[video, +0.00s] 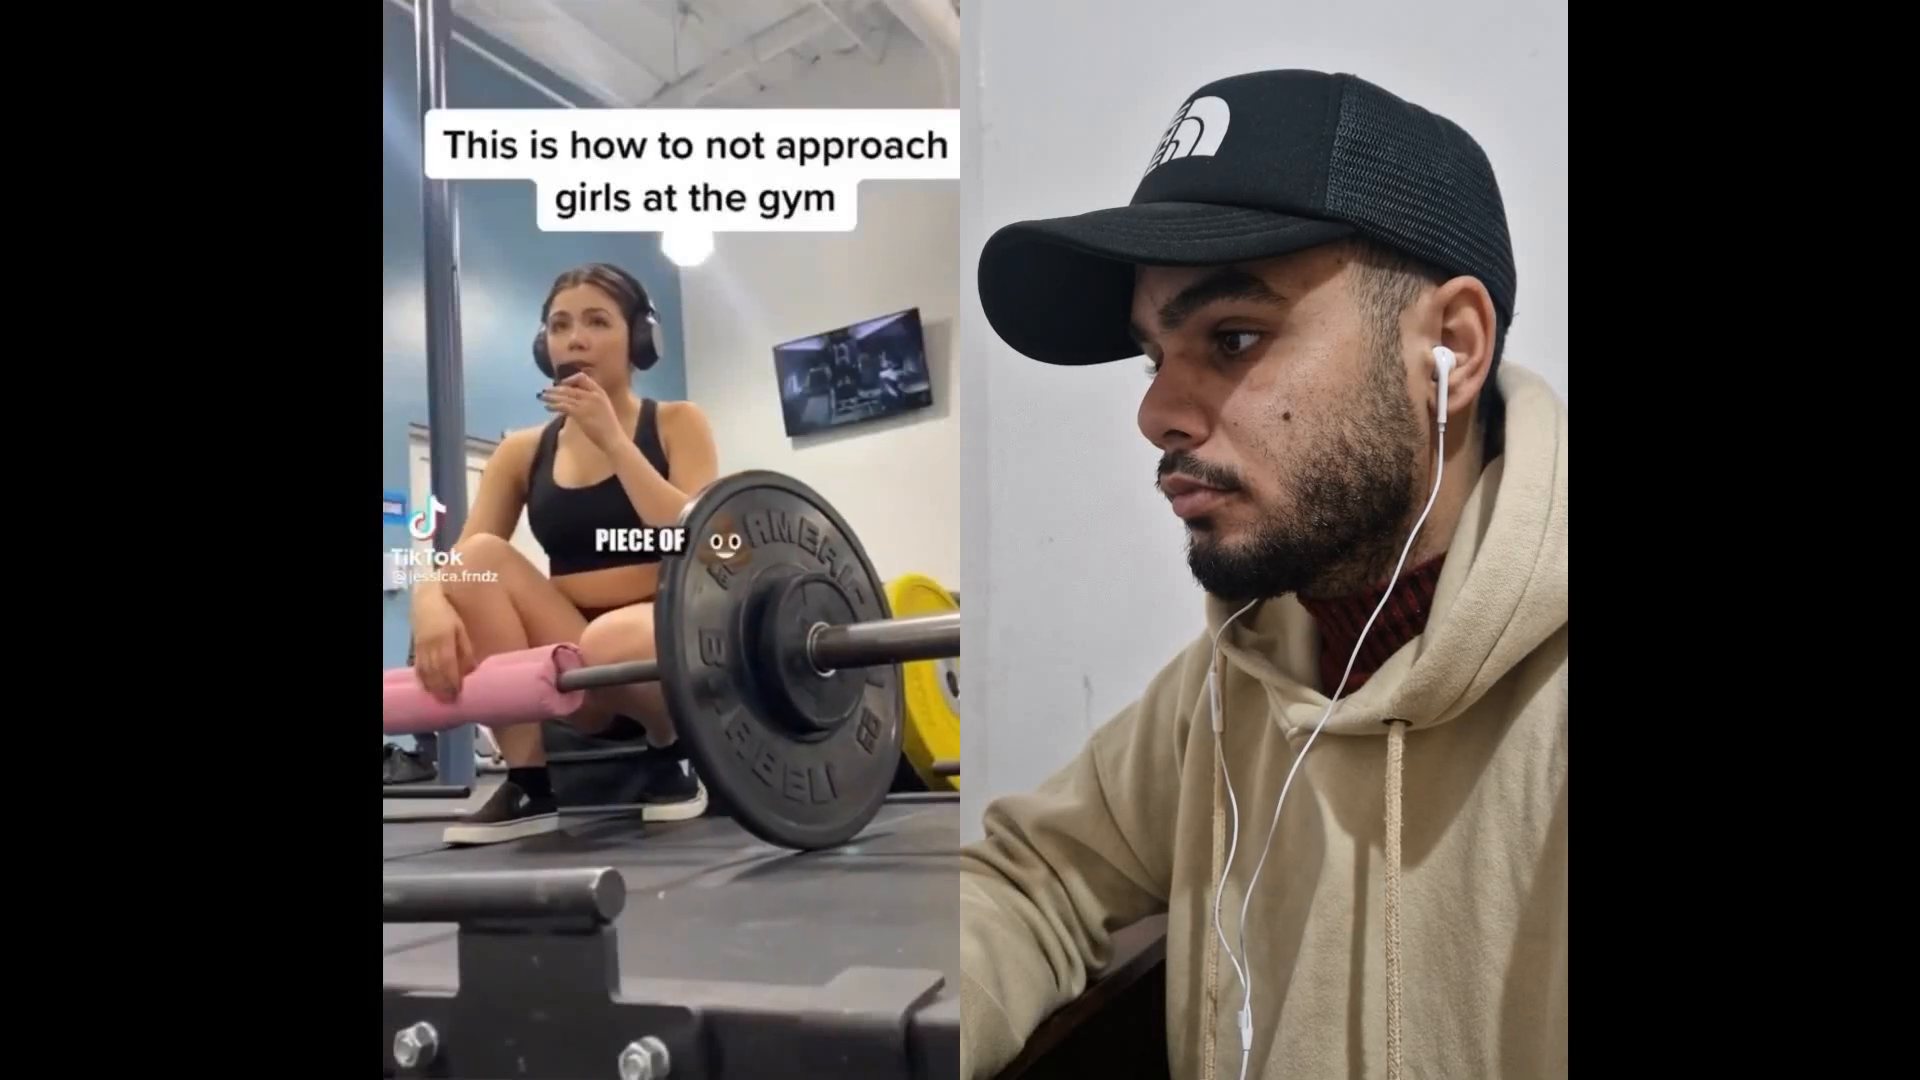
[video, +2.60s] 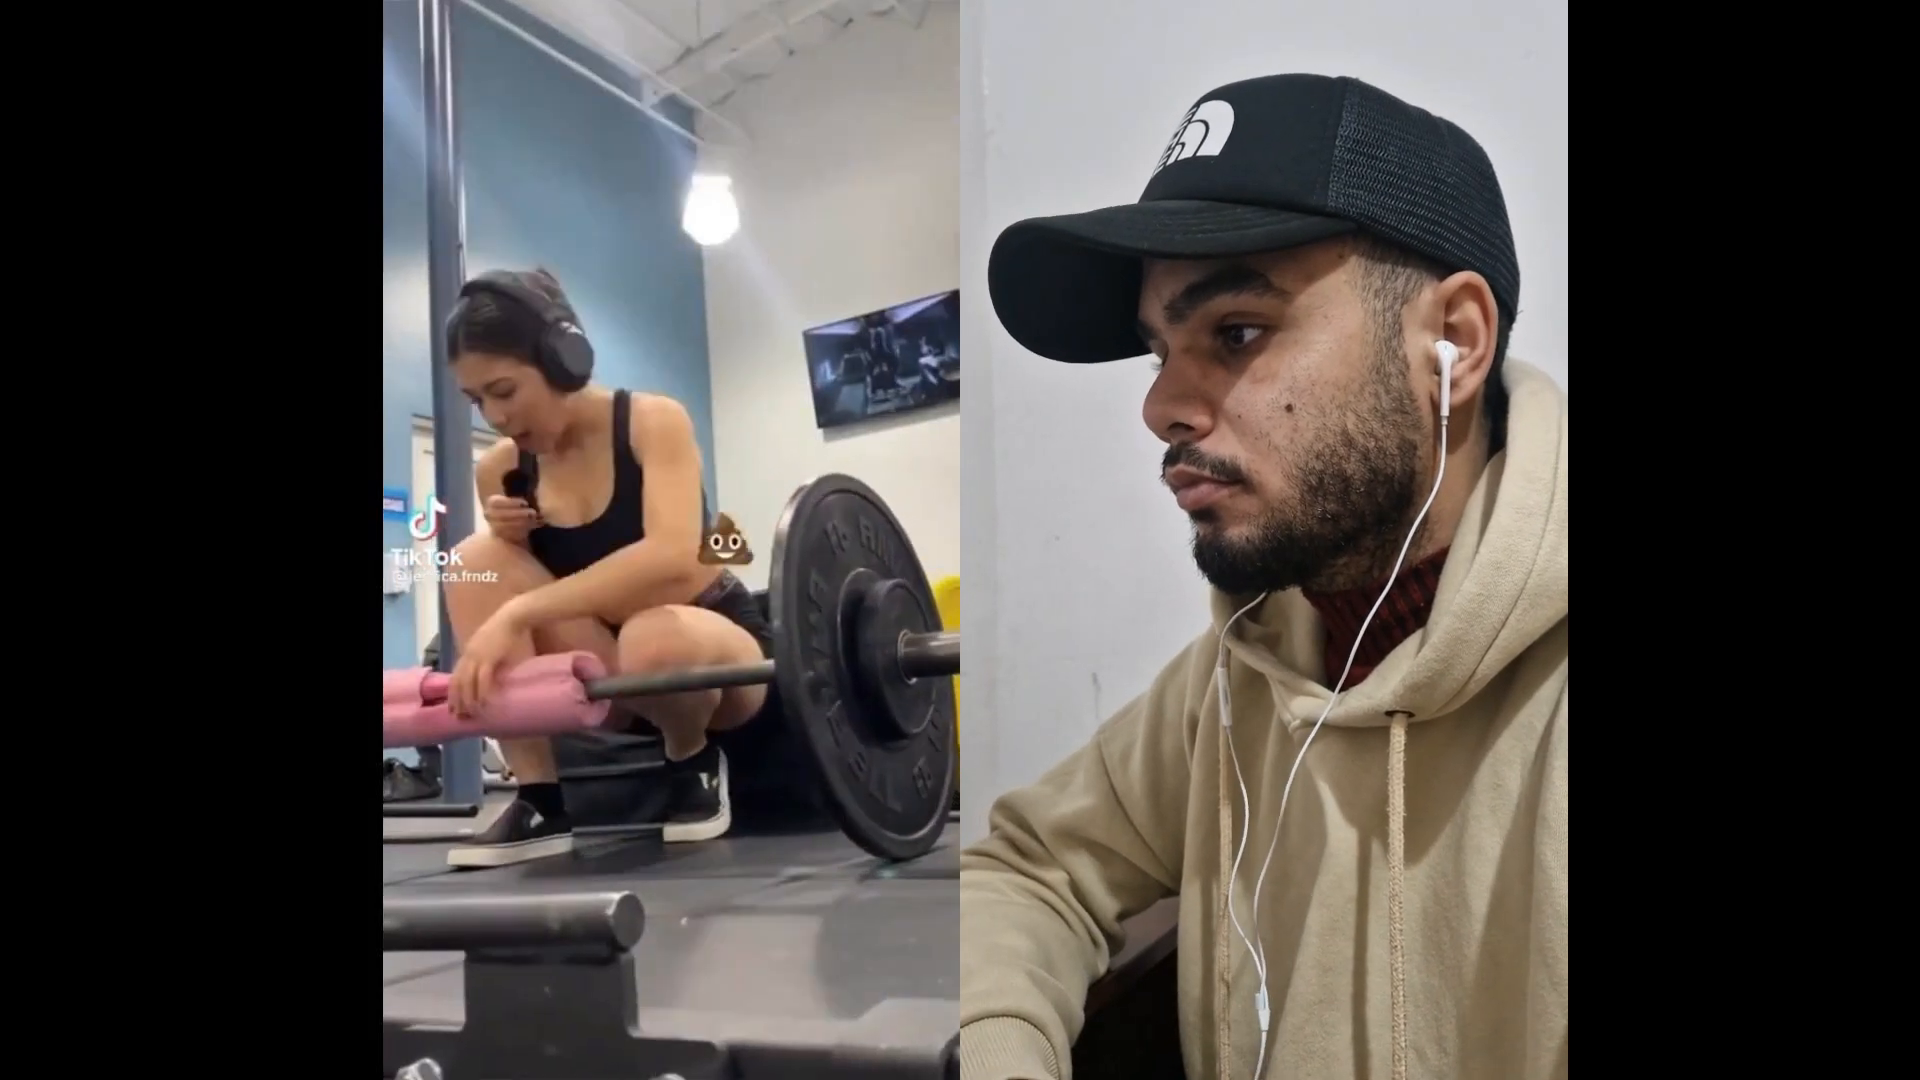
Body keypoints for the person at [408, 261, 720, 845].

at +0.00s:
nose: (575, 338)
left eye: (596, 321)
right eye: (560, 323)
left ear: (635, 340)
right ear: (546, 344)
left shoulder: (677, 425)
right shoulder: (523, 451)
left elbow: (700, 537)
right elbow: (469, 560)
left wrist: (614, 442)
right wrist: (426, 593)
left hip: (669, 640)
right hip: (571, 647)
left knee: (615, 638)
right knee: (478, 561)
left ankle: (666, 752)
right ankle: (527, 782)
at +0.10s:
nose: (571, 335)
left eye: (593, 318)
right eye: (557, 321)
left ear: (632, 337)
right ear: (544, 343)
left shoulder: (674, 420)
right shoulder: (522, 447)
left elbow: (702, 525)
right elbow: (478, 560)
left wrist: (615, 435)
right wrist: (456, 534)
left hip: (671, 633)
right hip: (572, 642)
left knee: (608, 643)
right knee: (466, 557)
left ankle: (668, 754)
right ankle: (528, 781)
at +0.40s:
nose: (569, 333)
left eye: (590, 317)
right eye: (553, 321)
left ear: (628, 335)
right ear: (539, 344)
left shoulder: (668, 409)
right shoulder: (538, 431)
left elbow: (704, 514)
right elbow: (453, 538)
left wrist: (617, 422)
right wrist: (513, 433)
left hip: (671, 630)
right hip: (572, 642)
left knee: (598, 646)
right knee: (464, 562)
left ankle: (677, 754)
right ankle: (528, 782)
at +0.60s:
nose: (573, 334)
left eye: (592, 319)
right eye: (554, 324)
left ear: (628, 336)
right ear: (537, 349)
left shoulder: (666, 410)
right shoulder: (530, 414)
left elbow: (717, 519)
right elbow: (468, 532)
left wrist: (616, 470)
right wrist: (535, 433)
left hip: (671, 628)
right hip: (571, 637)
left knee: (596, 646)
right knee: (461, 564)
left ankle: (689, 754)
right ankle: (527, 781)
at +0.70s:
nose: (575, 332)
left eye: (594, 317)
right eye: (556, 321)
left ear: (629, 334)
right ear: (538, 347)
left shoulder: (663, 411)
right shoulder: (531, 410)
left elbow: (702, 527)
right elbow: (478, 531)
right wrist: (544, 427)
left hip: (663, 630)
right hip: (567, 637)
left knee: (602, 639)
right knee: (462, 562)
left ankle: (676, 758)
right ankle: (526, 781)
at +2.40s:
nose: (586, 417)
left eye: (604, 394)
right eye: (564, 398)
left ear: (637, 376)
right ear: (540, 389)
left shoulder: (680, 442)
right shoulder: (531, 436)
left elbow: (732, 560)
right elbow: (496, 562)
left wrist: (688, 650)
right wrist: (554, 515)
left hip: (682, 662)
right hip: (582, 666)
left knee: (649, 612)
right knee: (483, 561)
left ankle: (677, 749)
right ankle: (528, 785)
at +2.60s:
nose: (495, 418)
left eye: (505, 391)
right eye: (477, 400)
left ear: (562, 361)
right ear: (467, 395)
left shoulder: (656, 422)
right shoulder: (500, 471)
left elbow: (677, 566)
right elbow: (541, 596)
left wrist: (521, 617)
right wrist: (510, 540)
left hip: (713, 647)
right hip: (602, 661)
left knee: (652, 641)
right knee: (476, 560)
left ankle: (690, 761)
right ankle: (539, 797)